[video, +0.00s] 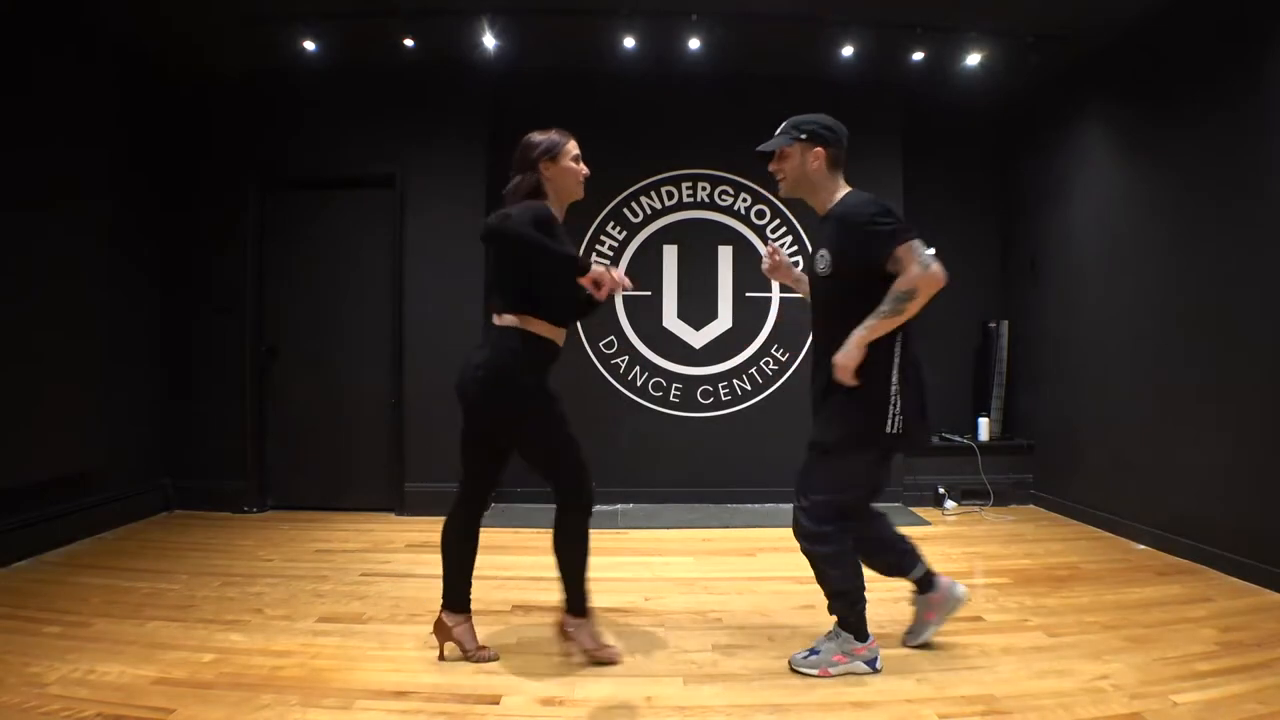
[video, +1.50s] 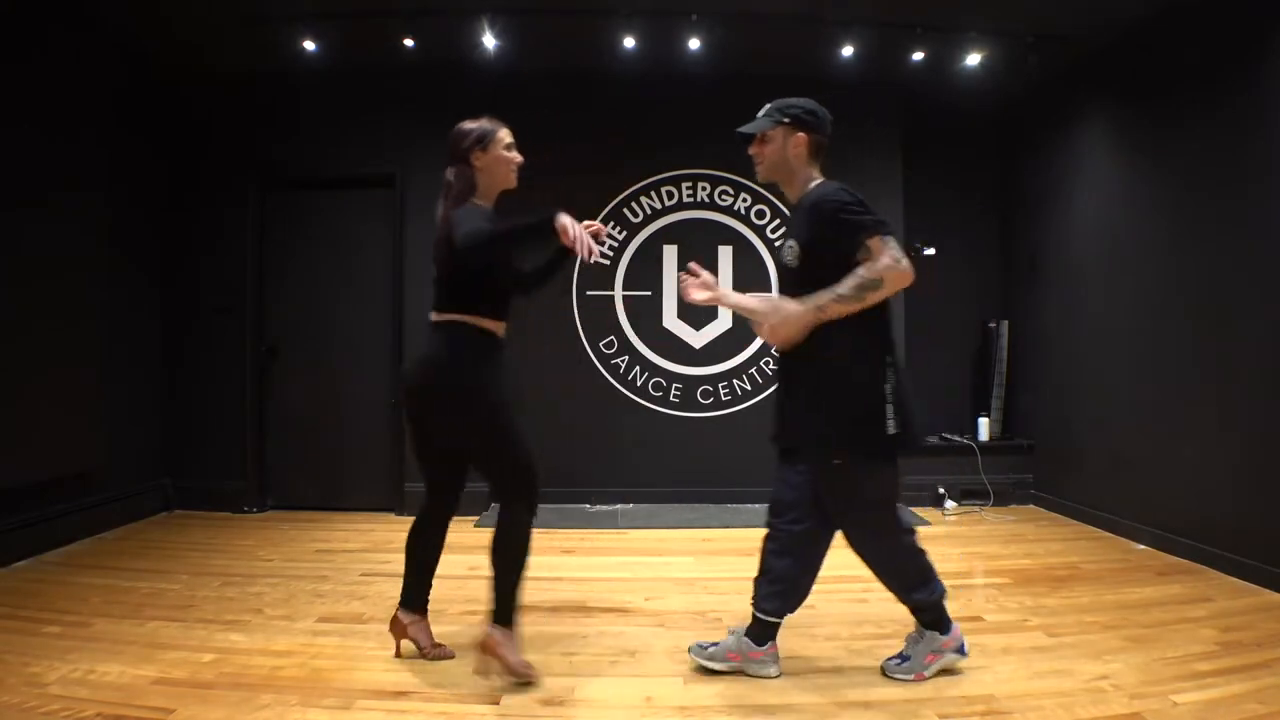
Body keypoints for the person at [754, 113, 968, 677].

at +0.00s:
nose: (774, 167)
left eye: (783, 156)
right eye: (774, 158)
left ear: (818, 157)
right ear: (813, 160)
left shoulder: (862, 214)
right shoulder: (833, 226)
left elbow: (928, 276)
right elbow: (845, 298)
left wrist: (859, 340)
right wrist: (795, 279)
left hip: (865, 400)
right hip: (847, 397)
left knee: (818, 515)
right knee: (841, 509)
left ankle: (853, 638)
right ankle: (932, 586)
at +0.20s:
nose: (794, 166)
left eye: (803, 155)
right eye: (794, 157)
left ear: (838, 158)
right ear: (828, 162)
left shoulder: (887, 216)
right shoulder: (840, 233)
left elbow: (966, 264)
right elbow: (853, 316)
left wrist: (889, 304)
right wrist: (792, 312)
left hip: (883, 405)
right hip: (863, 403)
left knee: (827, 517)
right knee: (899, 509)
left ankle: (853, 638)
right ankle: (961, 608)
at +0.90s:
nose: (843, 182)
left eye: (851, 169)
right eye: (840, 173)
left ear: (887, 163)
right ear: (870, 172)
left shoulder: (951, 220)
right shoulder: (876, 247)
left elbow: (1018, 284)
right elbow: (889, 312)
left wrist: (938, 272)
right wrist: (870, 358)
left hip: (947, 400)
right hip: (911, 402)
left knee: (873, 503)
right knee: (949, 502)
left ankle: (922, 623)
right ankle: (999, 606)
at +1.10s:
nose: (830, 162)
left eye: (839, 150)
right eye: (829, 153)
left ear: (875, 151)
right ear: (862, 156)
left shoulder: (925, 213)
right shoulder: (869, 231)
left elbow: (936, 305)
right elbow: (885, 316)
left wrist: (857, 296)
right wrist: (856, 374)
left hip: (935, 389)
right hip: (892, 390)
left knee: (924, 509)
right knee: (892, 503)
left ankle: (945, 639)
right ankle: (969, 583)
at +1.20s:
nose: (818, 154)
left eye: (829, 143)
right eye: (818, 145)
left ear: (865, 144)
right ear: (853, 149)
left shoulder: (904, 207)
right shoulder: (868, 219)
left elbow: (920, 301)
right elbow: (876, 311)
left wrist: (841, 343)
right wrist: (827, 350)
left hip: (929, 392)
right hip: (886, 391)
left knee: (927, 509)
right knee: (861, 496)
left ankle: (946, 640)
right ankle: (931, 588)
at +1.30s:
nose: (796, 148)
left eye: (806, 138)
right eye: (797, 139)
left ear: (842, 139)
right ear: (834, 143)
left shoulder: (874, 205)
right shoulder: (851, 212)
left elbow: (921, 286)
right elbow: (857, 304)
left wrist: (864, 355)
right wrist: (784, 315)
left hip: (908, 392)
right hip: (866, 389)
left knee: (917, 514)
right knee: (837, 503)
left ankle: (946, 639)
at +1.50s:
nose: (753, 151)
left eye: (762, 139)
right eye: (753, 141)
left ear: (797, 139)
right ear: (790, 143)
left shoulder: (831, 202)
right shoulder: (802, 219)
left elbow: (895, 267)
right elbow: (794, 313)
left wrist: (809, 310)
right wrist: (722, 295)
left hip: (851, 403)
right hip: (812, 403)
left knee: (872, 520)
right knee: (793, 522)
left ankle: (939, 631)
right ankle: (758, 639)